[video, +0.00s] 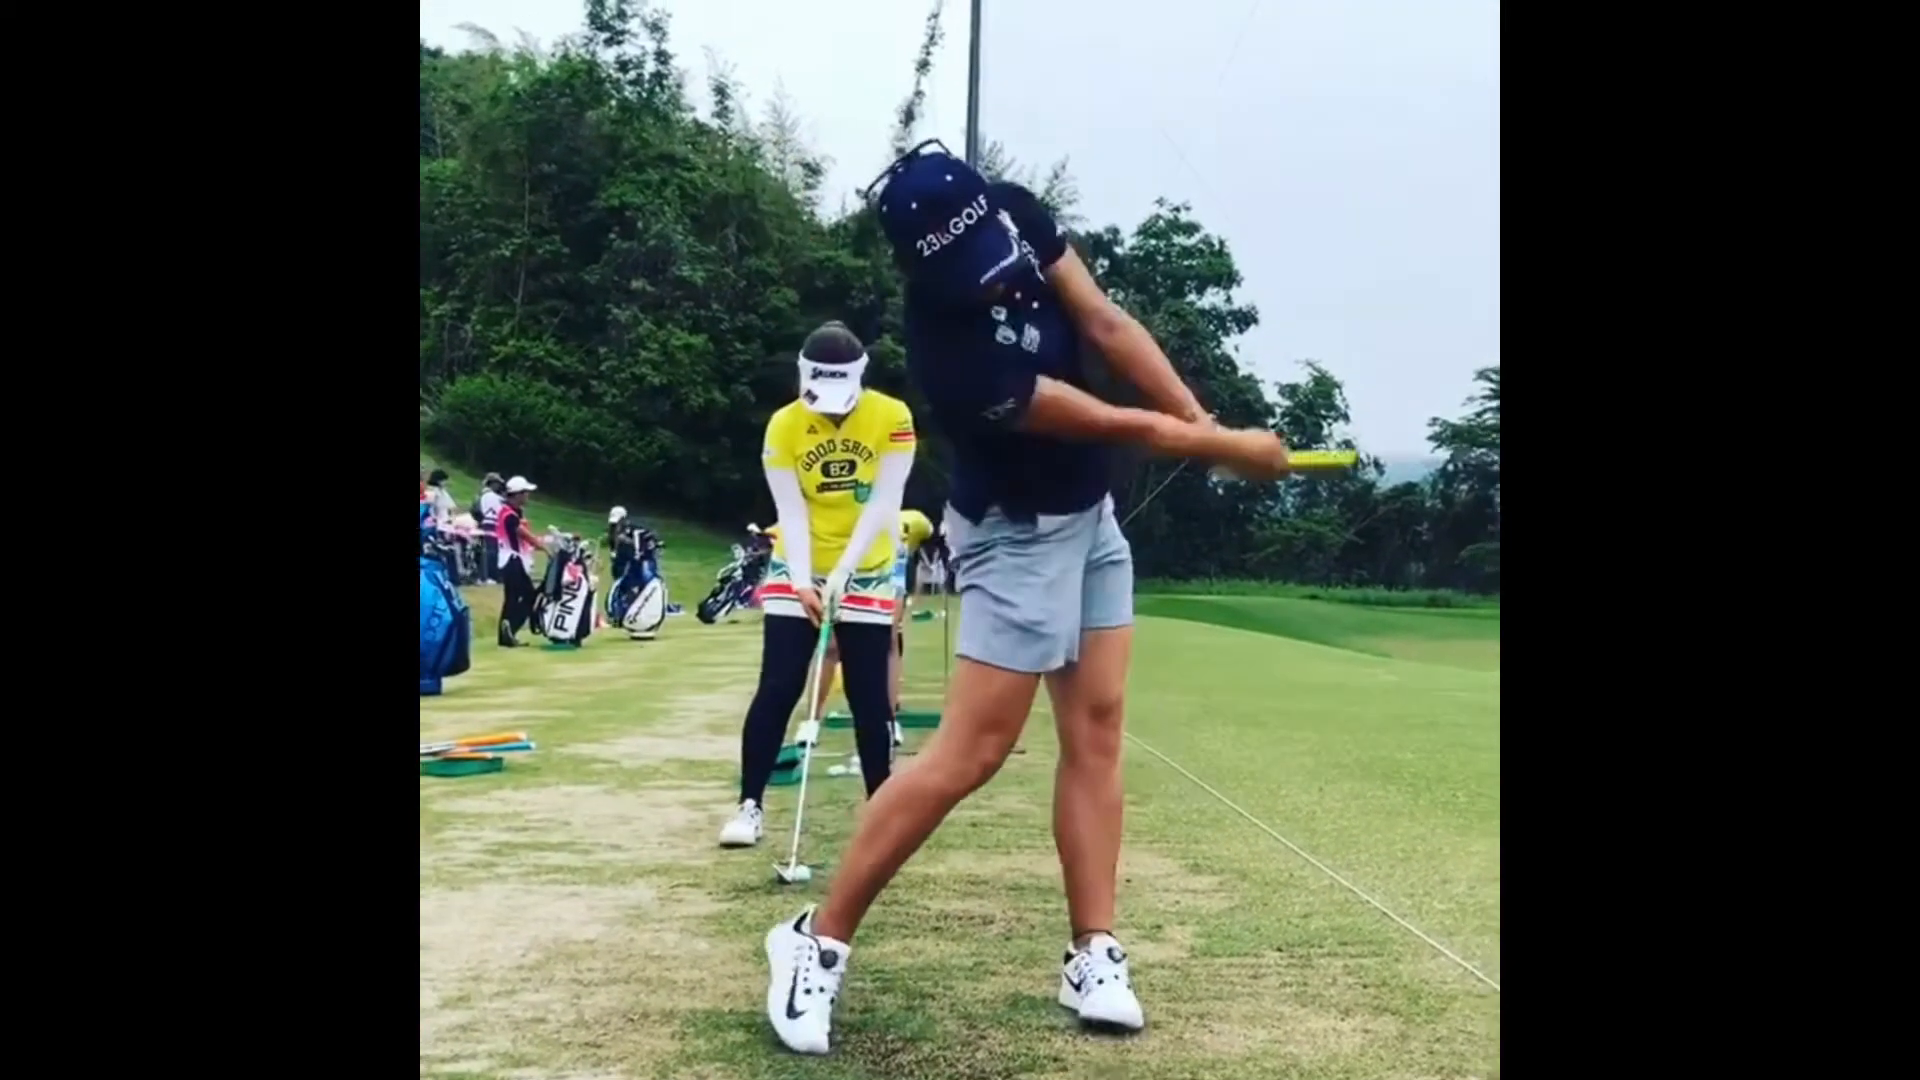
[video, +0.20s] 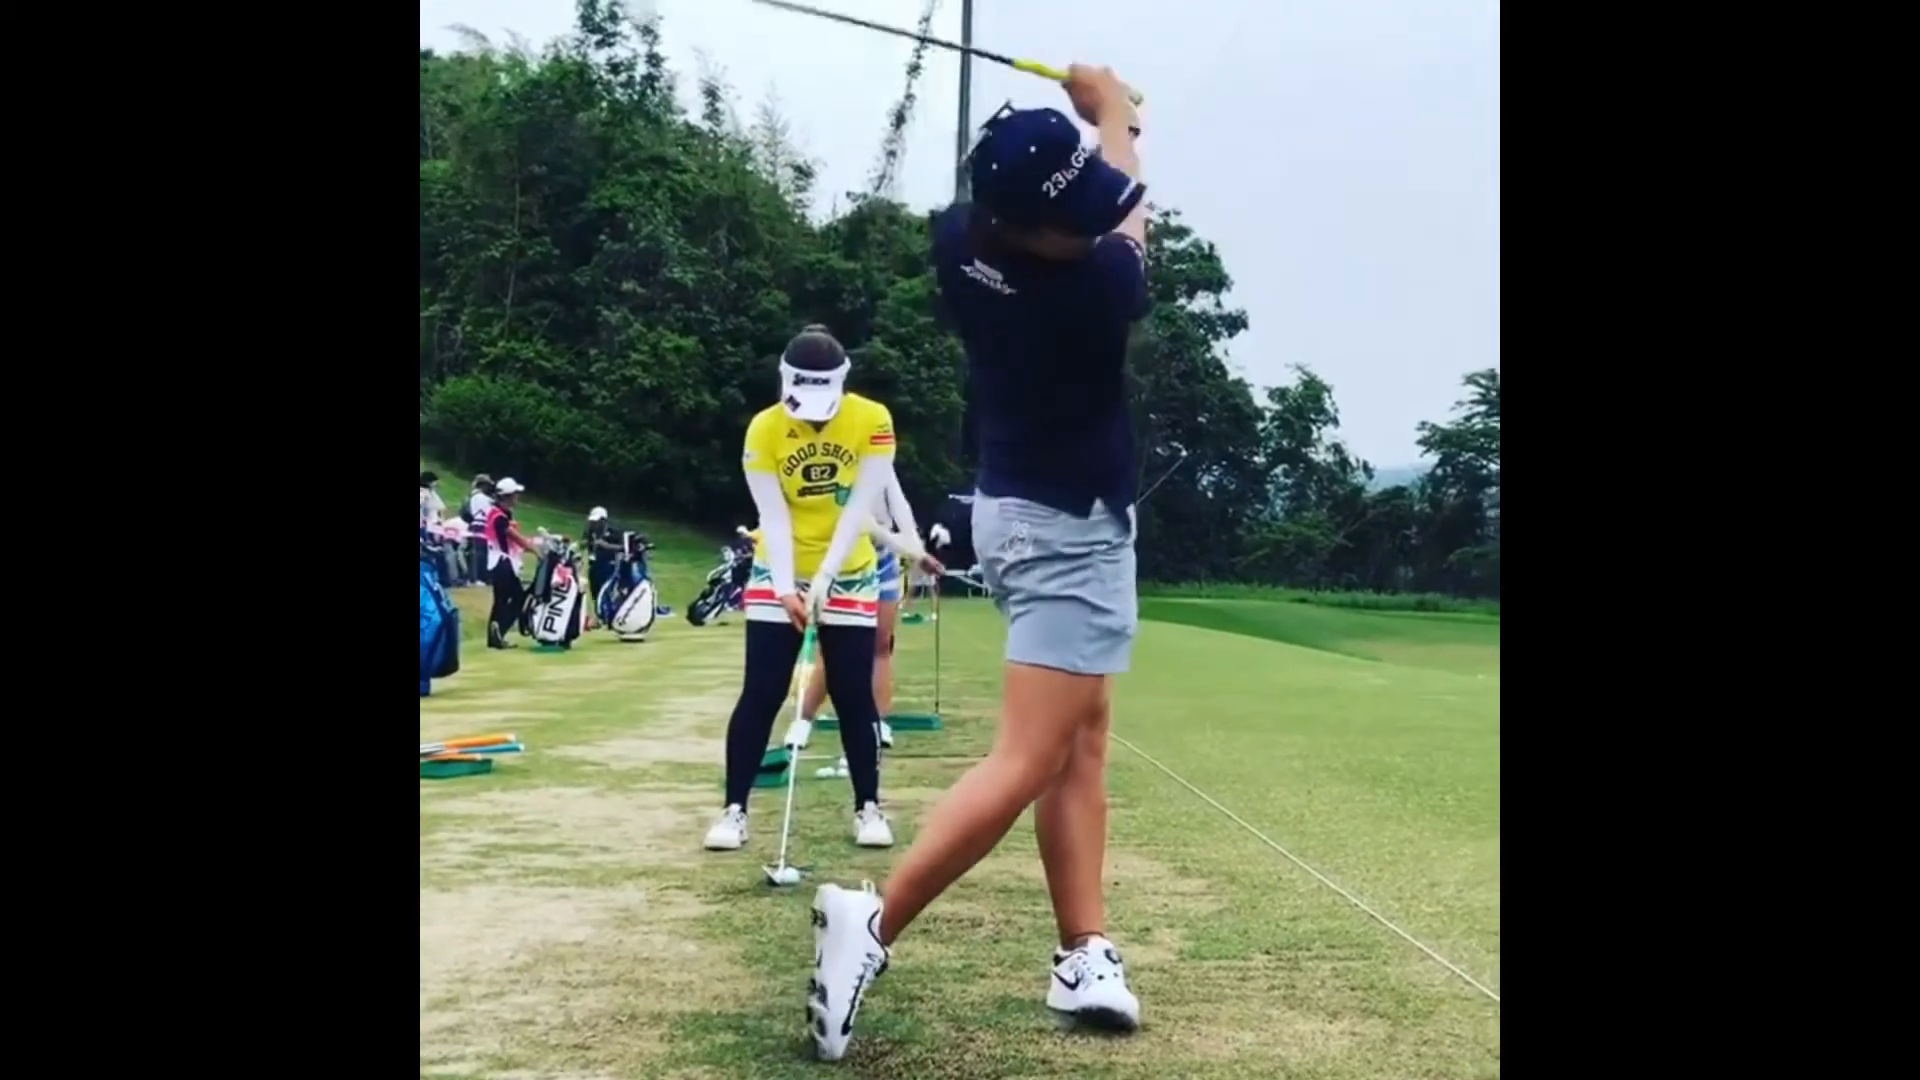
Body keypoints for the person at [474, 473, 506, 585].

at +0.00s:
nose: (500, 487)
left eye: (500, 485)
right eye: (498, 485)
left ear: (487, 484)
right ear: (494, 484)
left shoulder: (483, 496)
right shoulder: (497, 497)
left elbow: (477, 510)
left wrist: (480, 520)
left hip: (485, 524)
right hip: (493, 525)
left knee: (487, 550)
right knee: (493, 551)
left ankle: (485, 575)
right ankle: (492, 575)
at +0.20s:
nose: (490, 489)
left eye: (490, 486)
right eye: (489, 486)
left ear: (477, 486)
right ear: (486, 486)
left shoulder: (473, 498)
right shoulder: (489, 500)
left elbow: (465, 513)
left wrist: (471, 521)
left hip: (473, 527)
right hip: (483, 528)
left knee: (474, 553)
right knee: (482, 553)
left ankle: (473, 577)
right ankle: (481, 577)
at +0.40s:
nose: (481, 490)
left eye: (480, 487)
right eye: (479, 488)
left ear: (468, 487)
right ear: (476, 488)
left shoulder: (464, 499)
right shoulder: (479, 501)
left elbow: (456, 514)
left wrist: (462, 522)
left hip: (464, 529)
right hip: (474, 530)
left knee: (463, 555)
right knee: (473, 555)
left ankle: (463, 578)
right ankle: (473, 578)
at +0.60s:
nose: (473, 492)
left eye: (473, 490)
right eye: (472, 490)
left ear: (461, 489)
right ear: (469, 489)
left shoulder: (456, 501)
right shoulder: (470, 503)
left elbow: (449, 516)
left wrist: (455, 524)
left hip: (456, 532)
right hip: (466, 533)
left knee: (456, 557)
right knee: (465, 557)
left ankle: (455, 580)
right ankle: (465, 580)